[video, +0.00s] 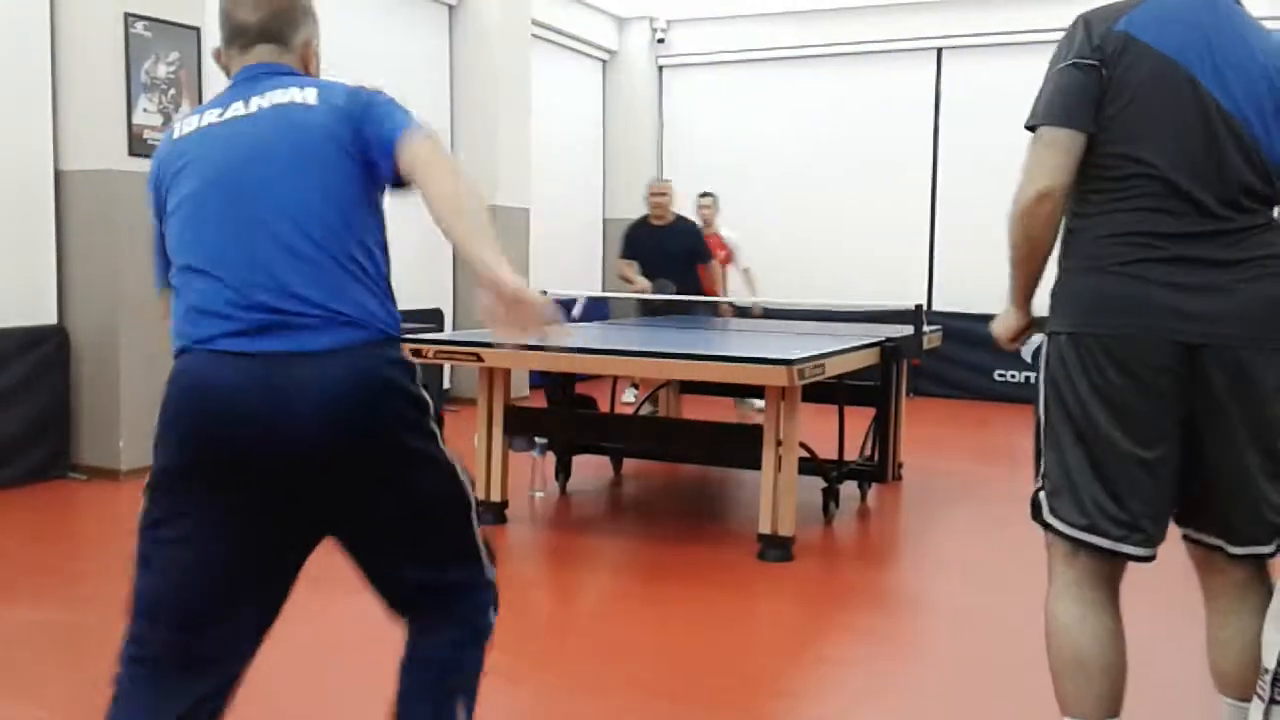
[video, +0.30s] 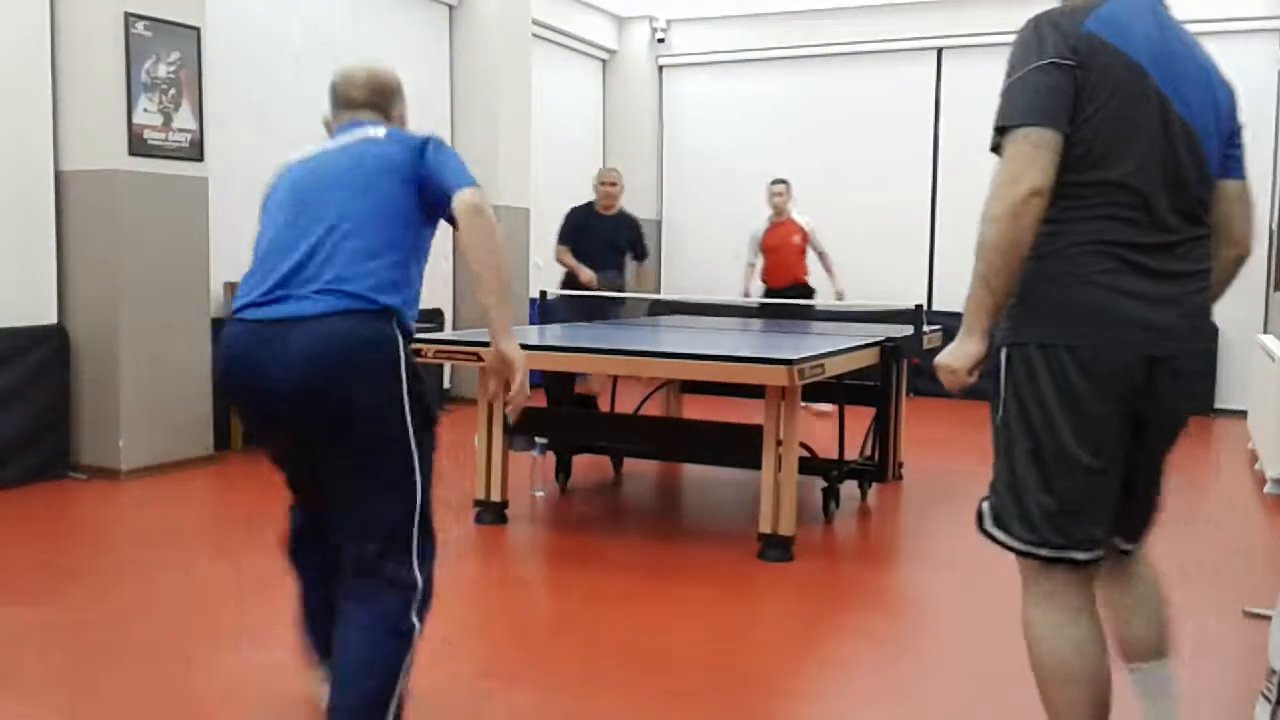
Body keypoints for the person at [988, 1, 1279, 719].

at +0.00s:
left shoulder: (1103, 31)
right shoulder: (1269, 49)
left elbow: (1042, 190)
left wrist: (1019, 301)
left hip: (1111, 330)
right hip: (1251, 335)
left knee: (1084, 565)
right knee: (1235, 557)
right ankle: (1244, 712)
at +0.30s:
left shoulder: (1061, 32)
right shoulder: (1207, 74)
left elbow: (1025, 187)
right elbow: (1234, 237)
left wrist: (974, 328)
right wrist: (1168, 312)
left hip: (1068, 343)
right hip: (1176, 350)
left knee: (1053, 568)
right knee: (1117, 547)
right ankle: (1163, 709)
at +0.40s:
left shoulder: (1042, 32)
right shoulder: (1180, 71)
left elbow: (1012, 185)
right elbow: (1213, 236)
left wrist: (965, 331)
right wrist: (1148, 321)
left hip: (1054, 335)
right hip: (1144, 344)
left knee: (1048, 564)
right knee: (1062, 550)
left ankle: (1073, 715)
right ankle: (1062, 703)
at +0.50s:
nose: (1005, 3)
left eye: (1009, 3)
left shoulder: (1018, 36)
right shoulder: (1151, 74)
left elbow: (992, 189)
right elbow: (1192, 235)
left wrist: (952, 334)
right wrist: (1139, 331)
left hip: (1033, 332)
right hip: (1117, 337)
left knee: (1039, 574)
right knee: (1005, 517)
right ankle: (985, 690)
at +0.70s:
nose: (942, 11)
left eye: (945, 3)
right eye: (944, 5)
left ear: (967, 0)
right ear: (1018, 4)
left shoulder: (958, 55)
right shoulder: (1078, 89)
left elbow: (939, 204)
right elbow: (1127, 240)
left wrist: (898, 344)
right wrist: (1128, 363)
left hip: (985, 340)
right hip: (1059, 339)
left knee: (1012, 568)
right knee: (925, 482)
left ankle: (1069, 714)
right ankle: (864, 653)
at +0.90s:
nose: (860, 36)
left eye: (863, 25)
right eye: (865, 26)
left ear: (876, 25)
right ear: (935, 27)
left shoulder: (869, 89)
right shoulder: (976, 116)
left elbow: (838, 229)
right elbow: (1039, 252)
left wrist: (795, 348)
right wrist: (1062, 365)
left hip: (909, 345)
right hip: (975, 343)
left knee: (971, 565)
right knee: (853, 488)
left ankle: (1057, 713)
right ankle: (829, 664)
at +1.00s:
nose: (814, 50)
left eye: (816, 38)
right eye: (825, 37)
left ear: (823, 43)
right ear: (886, 46)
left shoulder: (810, 106)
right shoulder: (923, 129)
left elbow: (778, 239)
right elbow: (989, 260)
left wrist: (739, 345)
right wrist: (993, 377)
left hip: (855, 348)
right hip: (925, 344)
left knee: (892, 551)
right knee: (831, 493)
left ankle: (1028, 707)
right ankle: (822, 662)